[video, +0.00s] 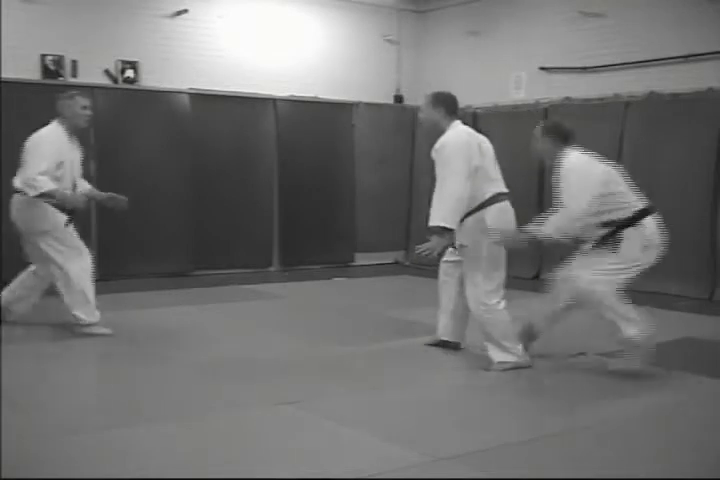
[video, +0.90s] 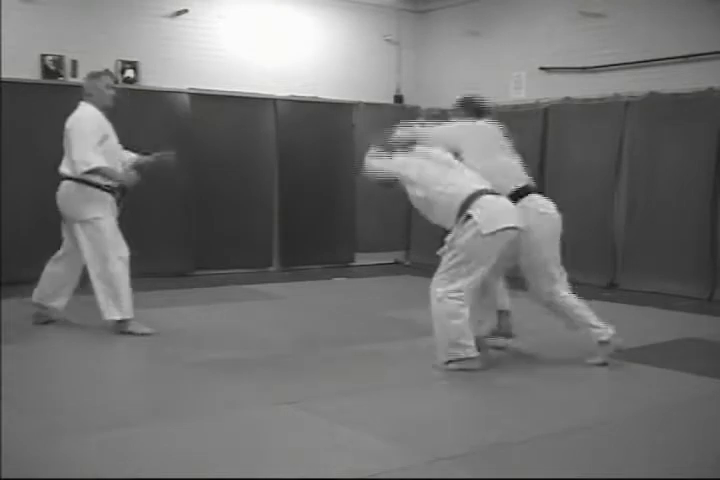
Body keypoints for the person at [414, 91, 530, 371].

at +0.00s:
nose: (420, 117)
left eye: (424, 111)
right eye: (421, 111)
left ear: (441, 112)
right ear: (445, 113)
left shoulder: (455, 141)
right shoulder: (467, 137)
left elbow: (453, 189)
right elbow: (461, 188)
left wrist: (441, 234)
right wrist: (448, 232)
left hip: (484, 217)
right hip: (480, 216)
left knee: (482, 289)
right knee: (451, 267)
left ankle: (510, 355)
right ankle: (449, 335)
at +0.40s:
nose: (398, 134)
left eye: (403, 128)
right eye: (400, 128)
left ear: (419, 132)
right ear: (421, 133)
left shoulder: (437, 161)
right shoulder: (432, 158)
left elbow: (461, 204)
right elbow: (447, 203)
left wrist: (446, 241)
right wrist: (444, 237)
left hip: (492, 223)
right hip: (480, 223)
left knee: (455, 282)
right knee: (436, 269)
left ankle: (489, 339)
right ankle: (457, 332)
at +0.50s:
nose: (387, 153)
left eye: (391, 147)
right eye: (389, 147)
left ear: (407, 147)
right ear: (415, 148)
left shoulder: (426, 173)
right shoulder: (443, 163)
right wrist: (448, 253)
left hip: (488, 230)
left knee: (443, 288)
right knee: (433, 276)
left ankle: (473, 353)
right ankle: (454, 335)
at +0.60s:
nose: (389, 160)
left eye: (383, 153)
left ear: (392, 142)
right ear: (417, 143)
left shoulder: (426, 170)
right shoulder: (448, 161)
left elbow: (436, 192)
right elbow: (482, 188)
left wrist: (397, 171)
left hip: (472, 240)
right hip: (487, 233)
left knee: (436, 301)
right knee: (433, 275)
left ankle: (473, 354)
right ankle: (449, 333)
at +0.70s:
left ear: (413, 126)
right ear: (435, 125)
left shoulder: (412, 148)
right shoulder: (449, 146)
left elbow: (375, 130)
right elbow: (433, 124)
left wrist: (367, 103)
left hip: (464, 227)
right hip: (487, 222)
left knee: (433, 295)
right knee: (446, 287)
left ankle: (472, 348)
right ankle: (457, 334)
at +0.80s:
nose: (405, 124)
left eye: (406, 121)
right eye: (406, 120)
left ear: (413, 126)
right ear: (429, 124)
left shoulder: (410, 143)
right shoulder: (444, 145)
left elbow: (375, 124)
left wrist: (368, 106)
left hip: (472, 219)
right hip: (498, 214)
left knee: (439, 288)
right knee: (503, 275)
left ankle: (466, 351)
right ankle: (516, 332)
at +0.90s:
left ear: (402, 153)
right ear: (419, 146)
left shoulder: (407, 163)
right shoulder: (443, 157)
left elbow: (371, 166)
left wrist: (374, 151)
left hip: (481, 218)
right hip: (509, 213)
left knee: (446, 287)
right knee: (486, 276)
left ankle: (461, 354)